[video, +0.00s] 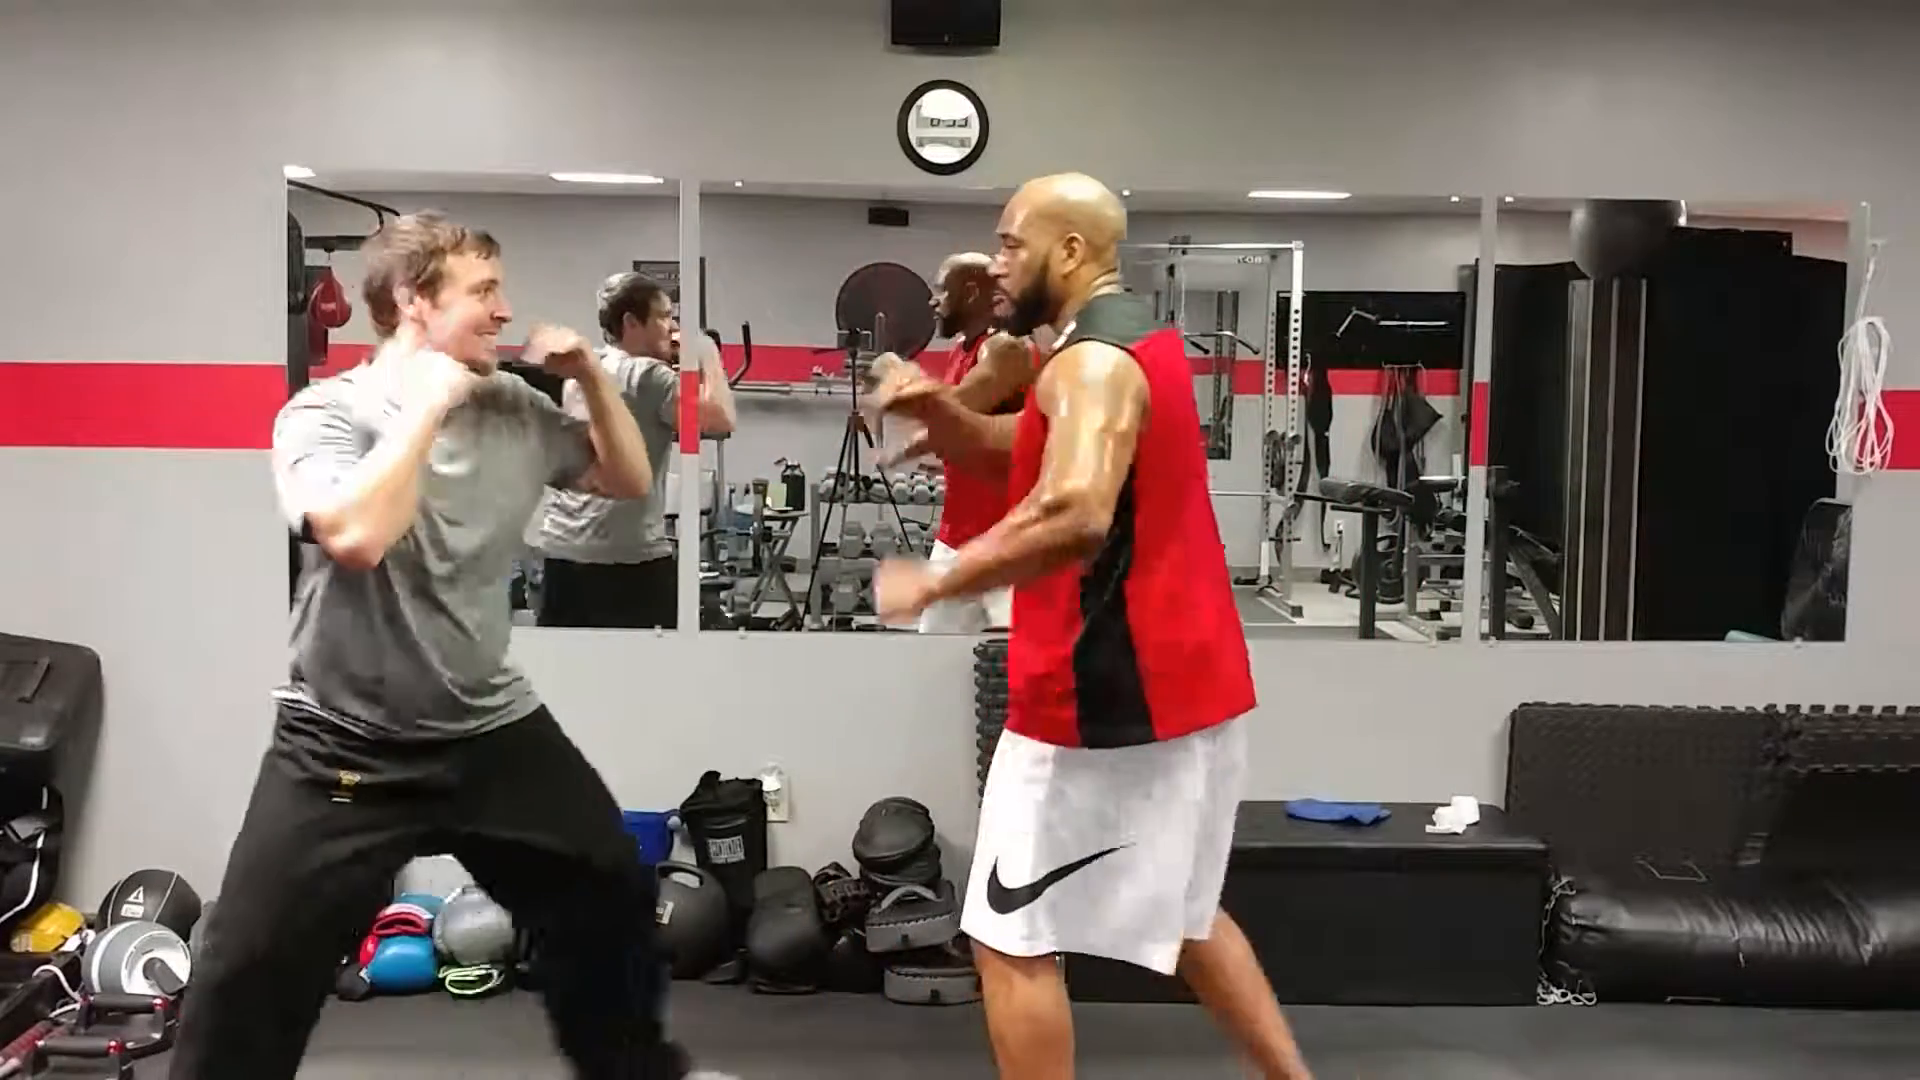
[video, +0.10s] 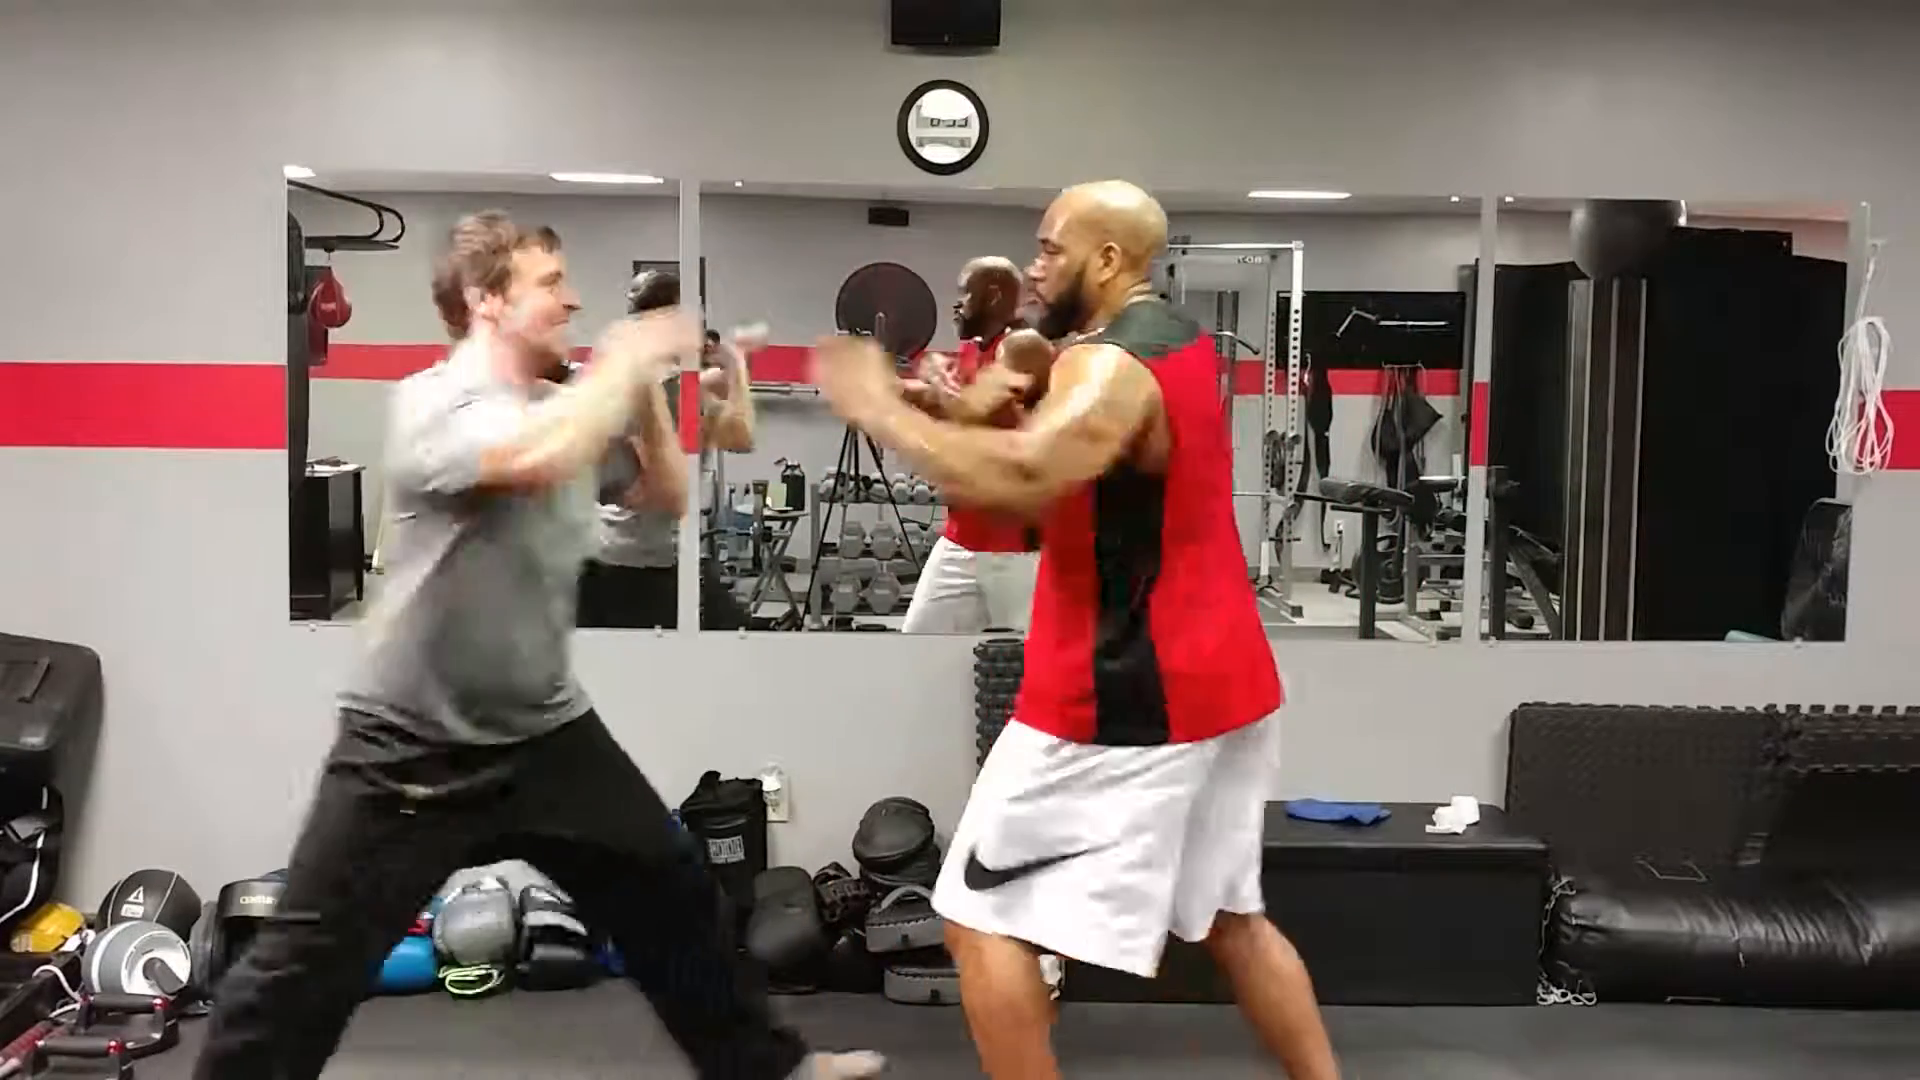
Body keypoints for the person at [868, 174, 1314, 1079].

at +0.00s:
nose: (997, 260)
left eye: (1011, 242)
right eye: (1000, 241)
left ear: (1071, 253)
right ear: (1086, 256)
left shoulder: (1090, 361)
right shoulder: (1140, 340)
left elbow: (1076, 511)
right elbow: (1005, 439)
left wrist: (936, 579)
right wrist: (934, 408)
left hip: (1091, 699)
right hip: (1192, 690)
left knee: (1008, 935)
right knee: (1186, 911)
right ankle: (1290, 1072)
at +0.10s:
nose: (1037, 266)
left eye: (1053, 249)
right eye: (1040, 248)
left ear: (1109, 260)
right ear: (1128, 263)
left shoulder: (1114, 355)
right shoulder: (1175, 339)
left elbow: (1023, 478)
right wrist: (976, 414)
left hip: (1108, 693)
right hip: (1221, 676)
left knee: (980, 914)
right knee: (1230, 913)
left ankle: (1030, 1074)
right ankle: (1321, 1073)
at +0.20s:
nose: (1061, 262)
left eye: (1079, 247)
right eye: (1067, 244)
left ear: (1133, 263)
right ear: (1158, 267)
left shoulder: (1085, 375)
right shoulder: (1210, 351)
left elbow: (946, 463)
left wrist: (901, 331)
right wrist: (1012, 354)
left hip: (1124, 693)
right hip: (1249, 686)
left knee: (968, 906)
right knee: (1252, 925)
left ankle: (1005, 1072)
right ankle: (1326, 1075)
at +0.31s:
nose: (1052, 266)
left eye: (1066, 251)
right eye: (1060, 249)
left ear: (1111, 272)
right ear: (1162, 274)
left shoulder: (1050, 395)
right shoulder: (1237, 371)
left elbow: (974, 548)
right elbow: (1162, 491)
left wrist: (977, 442)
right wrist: (1011, 419)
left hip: (1088, 701)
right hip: (1227, 698)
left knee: (955, 921)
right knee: (1248, 935)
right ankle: (1321, 1076)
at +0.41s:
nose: (1017, 302)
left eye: (1026, 289)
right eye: (1022, 286)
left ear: (1060, 301)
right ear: (1132, 302)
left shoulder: (996, 411)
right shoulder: (1212, 393)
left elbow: (863, 565)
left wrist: (895, 493)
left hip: (1067, 729)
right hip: (1211, 720)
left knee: (928, 937)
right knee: (1237, 940)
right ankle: (1315, 1076)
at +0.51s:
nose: (960, 311)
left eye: (971, 296)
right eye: (966, 294)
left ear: (1004, 311)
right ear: (1070, 315)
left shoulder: (960, 424)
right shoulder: (1136, 403)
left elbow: (845, 578)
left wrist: (848, 524)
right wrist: (918, 546)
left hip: (1036, 757)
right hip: (1176, 743)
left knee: (894, 983)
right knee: (1217, 946)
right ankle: (1309, 1073)